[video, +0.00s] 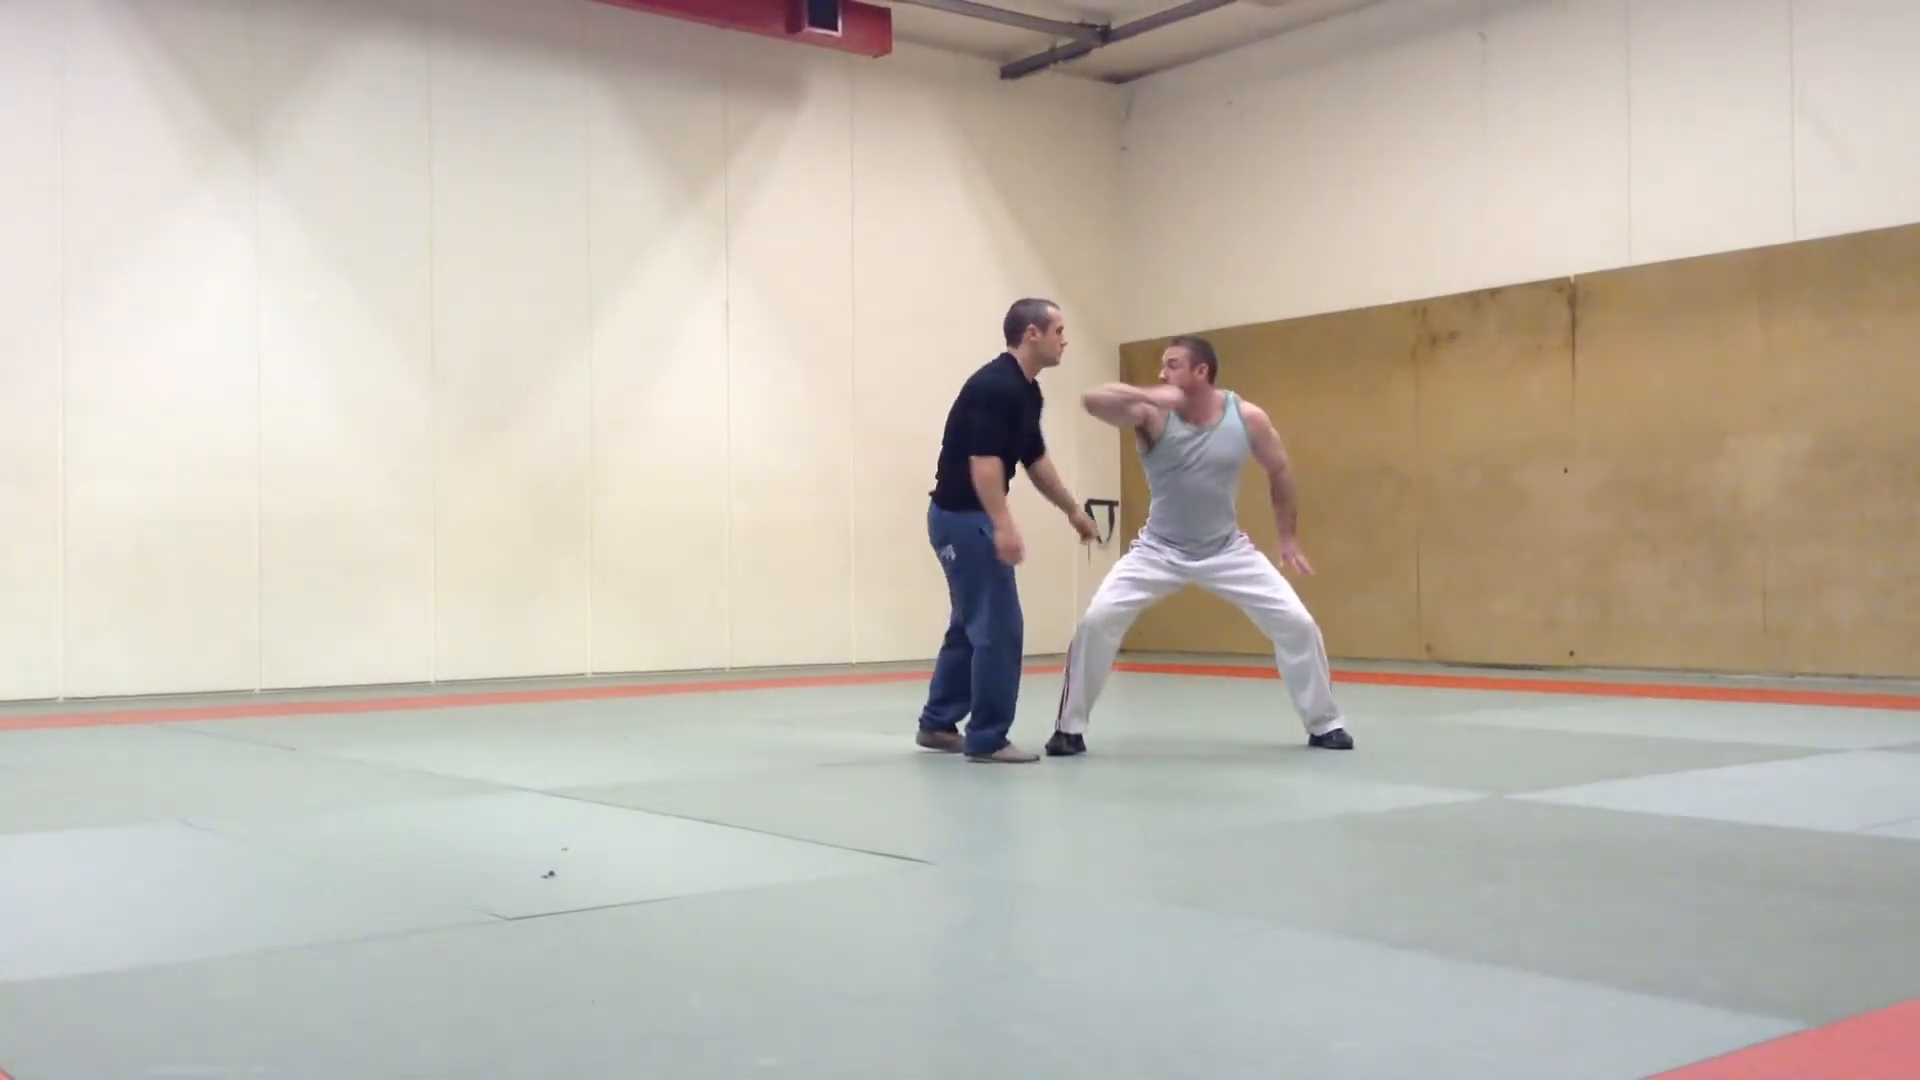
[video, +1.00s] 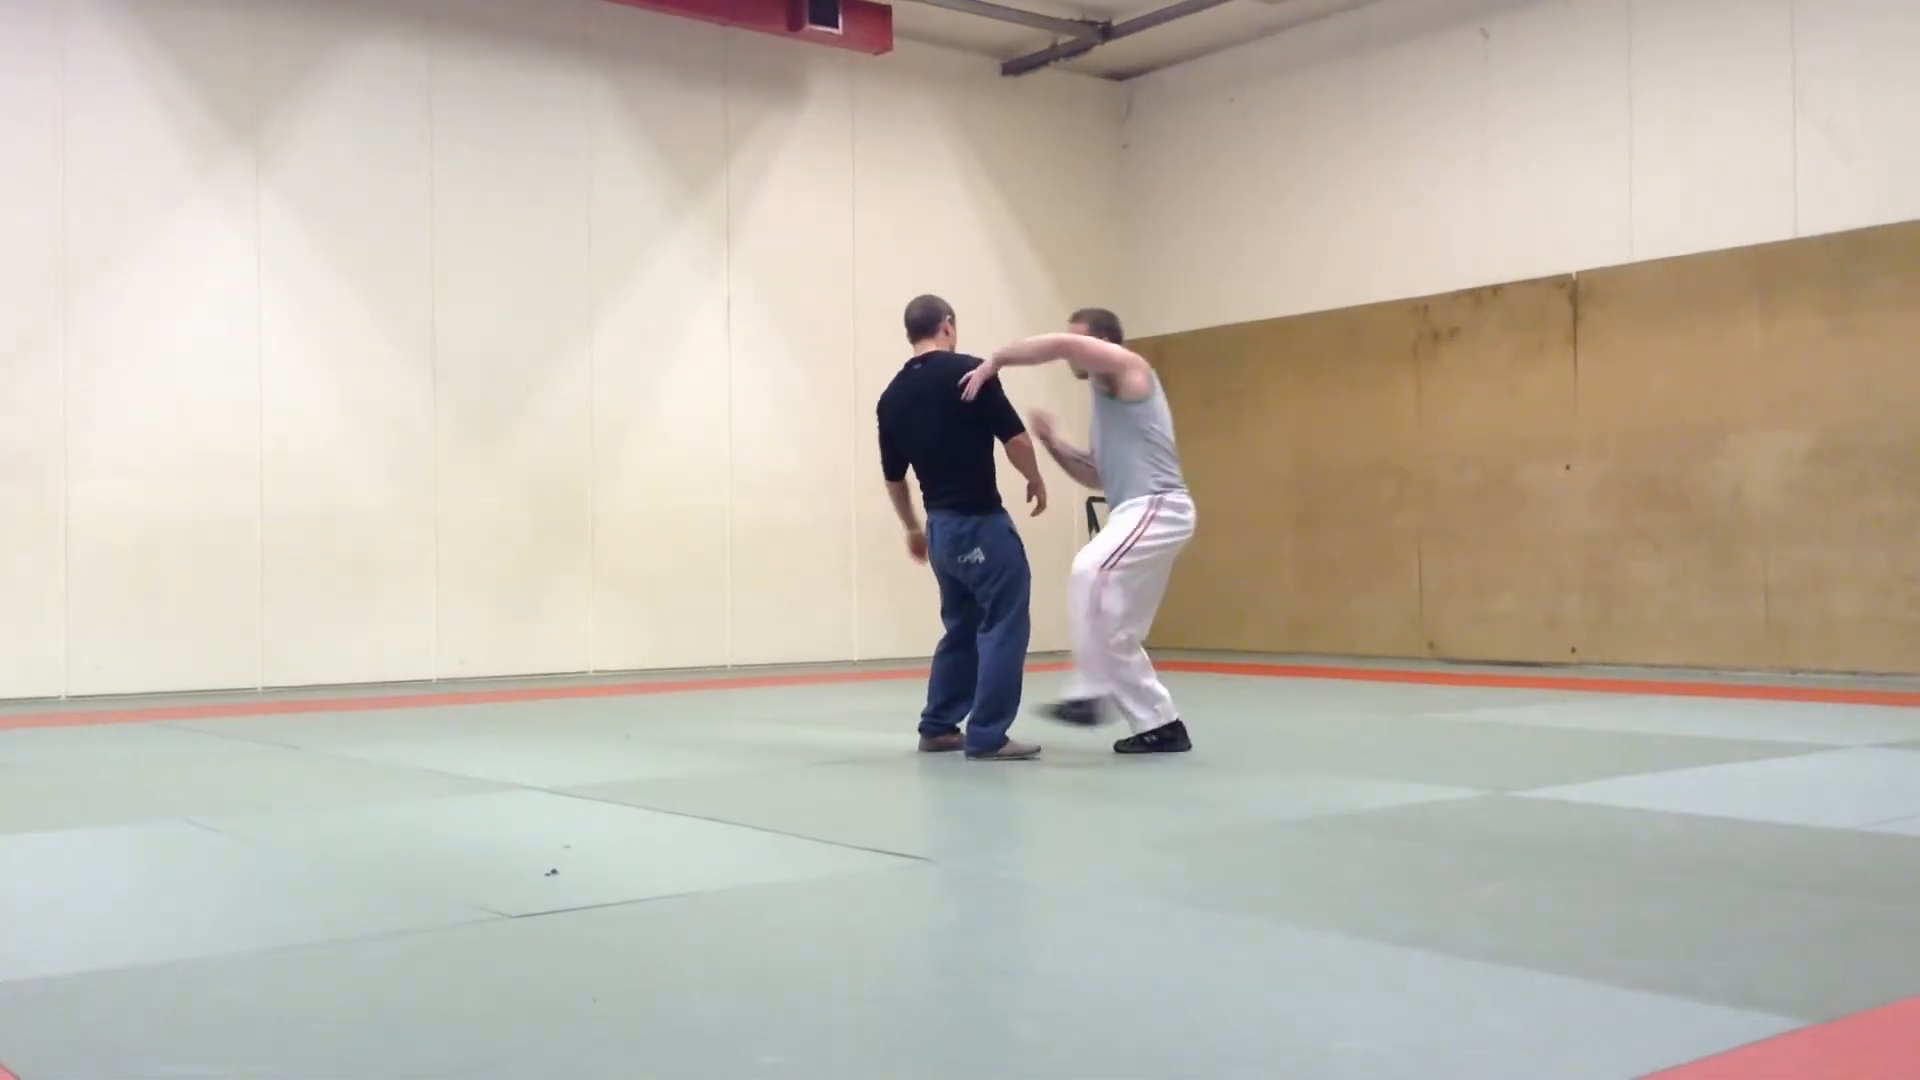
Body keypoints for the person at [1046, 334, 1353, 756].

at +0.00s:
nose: (1164, 375)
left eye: (1173, 366)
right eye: (1162, 367)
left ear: (1202, 371)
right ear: (1165, 375)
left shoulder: (1247, 418)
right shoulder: (1152, 413)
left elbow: (1280, 472)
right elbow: (1092, 400)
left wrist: (1287, 538)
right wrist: (1150, 396)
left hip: (1226, 551)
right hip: (1157, 551)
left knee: (1299, 625)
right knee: (1096, 621)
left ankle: (1323, 724)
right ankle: (1069, 729)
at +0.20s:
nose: (1166, 371)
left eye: (1176, 362)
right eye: (1166, 363)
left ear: (1204, 367)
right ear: (1170, 368)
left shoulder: (1250, 415)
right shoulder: (1156, 408)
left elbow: (1288, 468)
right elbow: (1098, 387)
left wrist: (1301, 534)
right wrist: (1049, 361)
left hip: (1230, 551)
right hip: (1160, 550)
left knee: (1301, 625)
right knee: (1098, 620)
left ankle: (1323, 724)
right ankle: (1069, 728)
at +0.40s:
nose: (1165, 368)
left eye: (1174, 359)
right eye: (1165, 360)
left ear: (1204, 362)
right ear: (1185, 366)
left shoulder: (1253, 410)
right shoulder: (1156, 409)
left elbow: (1303, 457)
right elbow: (1092, 402)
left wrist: (1314, 515)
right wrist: (1054, 375)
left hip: (1238, 548)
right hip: (1168, 547)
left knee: (1302, 625)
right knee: (1109, 621)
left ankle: (1323, 724)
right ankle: (1071, 727)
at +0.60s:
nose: (1142, 359)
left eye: (1150, 350)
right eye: (1141, 351)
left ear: (1180, 351)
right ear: (1150, 356)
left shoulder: (1222, 385)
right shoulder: (1143, 408)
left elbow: (1269, 408)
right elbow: (1088, 443)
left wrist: (1218, 403)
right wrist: (1092, 433)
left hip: (1235, 537)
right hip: (1171, 537)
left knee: (1291, 630)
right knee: (1113, 612)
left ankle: (1324, 724)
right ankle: (1159, 718)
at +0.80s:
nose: (1103, 347)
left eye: (1110, 338)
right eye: (1101, 339)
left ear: (1140, 339)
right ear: (1110, 342)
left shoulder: (1176, 375)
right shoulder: (1119, 407)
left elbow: (1152, 359)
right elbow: (1104, 466)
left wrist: (1074, 349)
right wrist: (1089, 447)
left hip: (1195, 516)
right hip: (1147, 526)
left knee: (1200, 601)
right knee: (1118, 625)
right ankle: (1162, 726)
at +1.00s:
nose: (1067, 346)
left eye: (1074, 339)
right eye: (1068, 340)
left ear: (1100, 338)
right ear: (1090, 340)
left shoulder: (1130, 366)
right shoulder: (1109, 398)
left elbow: (1062, 342)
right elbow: (1100, 477)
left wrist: (994, 361)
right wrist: (1054, 443)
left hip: (1157, 506)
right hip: (1138, 511)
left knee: (1090, 569)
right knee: (1112, 623)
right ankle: (1160, 725)